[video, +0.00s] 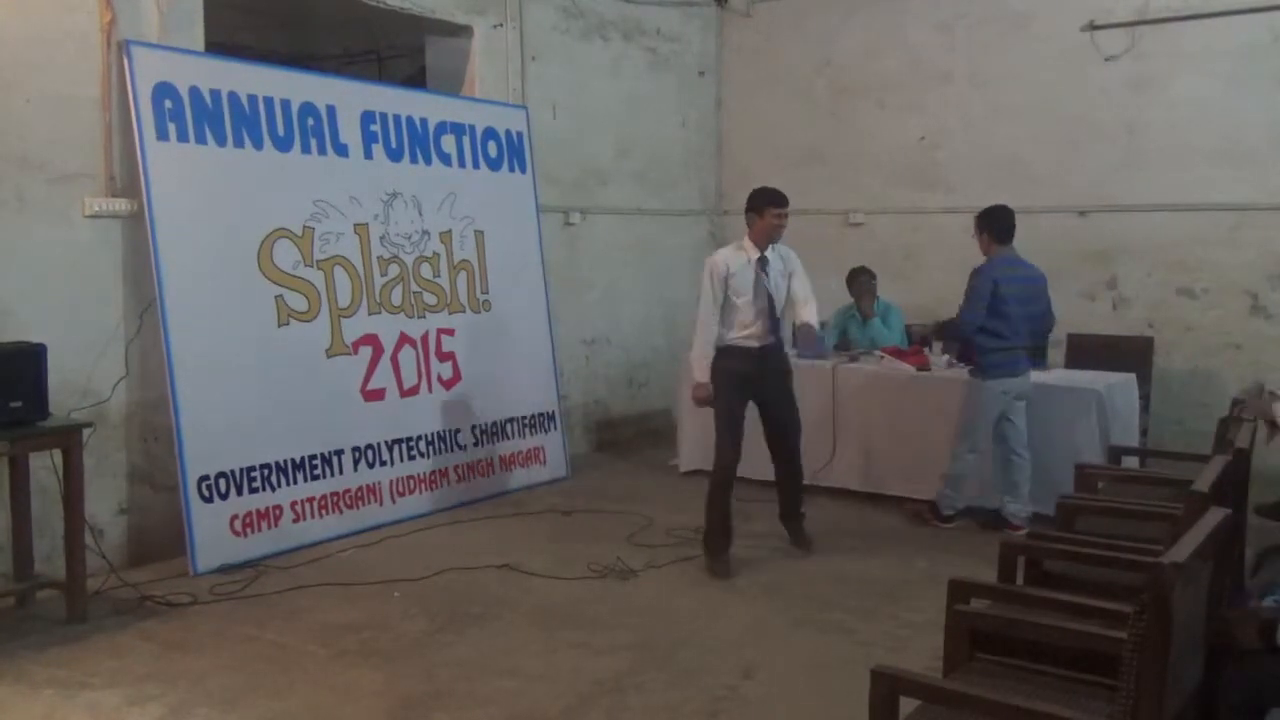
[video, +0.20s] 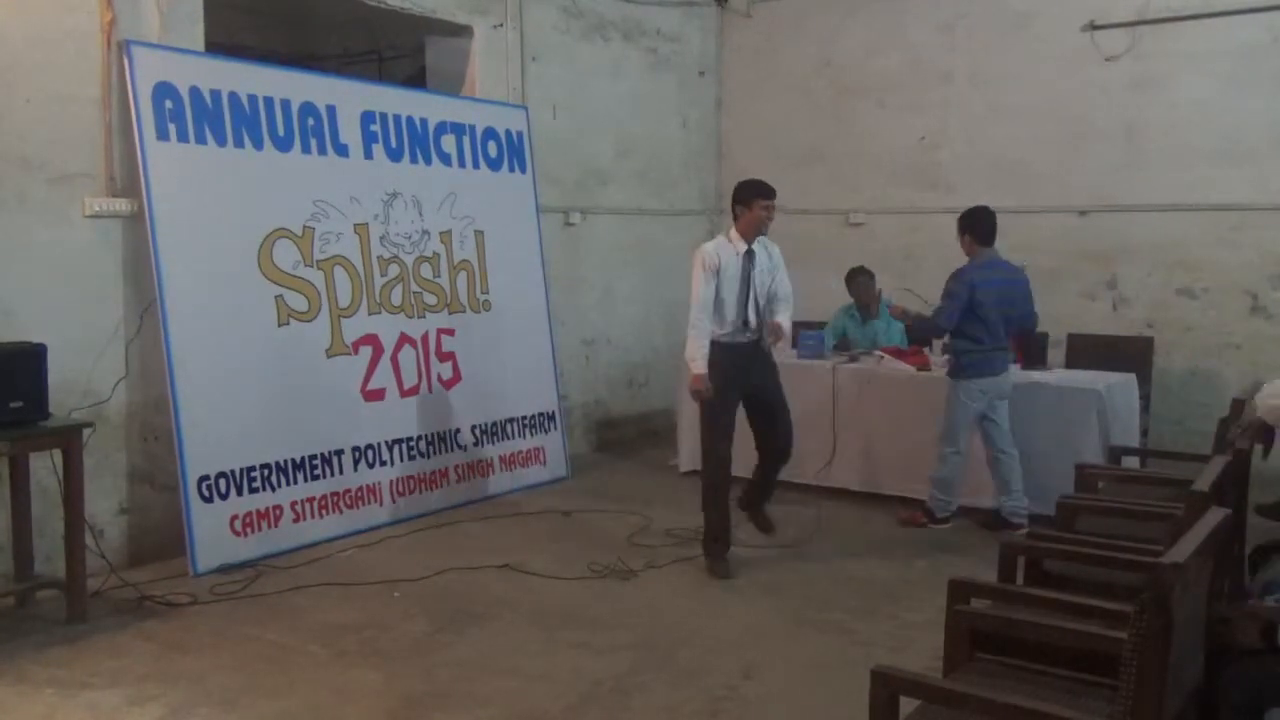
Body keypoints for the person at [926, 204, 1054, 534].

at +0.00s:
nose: (976, 240)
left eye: (977, 234)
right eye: (977, 233)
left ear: (985, 236)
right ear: (1010, 233)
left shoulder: (986, 274)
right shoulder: (1033, 274)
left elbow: (967, 324)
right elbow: (1046, 322)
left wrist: (940, 331)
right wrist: (1025, 350)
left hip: (990, 377)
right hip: (1021, 374)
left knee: (969, 444)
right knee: (1017, 451)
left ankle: (946, 507)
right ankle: (1017, 516)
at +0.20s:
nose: (959, 242)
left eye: (960, 236)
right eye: (960, 236)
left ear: (968, 237)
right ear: (992, 235)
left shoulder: (965, 277)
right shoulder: (1015, 274)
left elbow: (940, 325)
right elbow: (1028, 323)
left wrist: (909, 320)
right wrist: (995, 321)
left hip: (969, 376)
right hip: (1000, 373)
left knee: (952, 445)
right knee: (1002, 447)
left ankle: (939, 509)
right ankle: (1015, 513)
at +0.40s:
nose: (940, 240)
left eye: (940, 235)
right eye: (941, 234)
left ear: (945, 237)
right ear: (973, 233)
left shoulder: (944, 277)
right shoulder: (995, 273)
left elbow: (923, 329)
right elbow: (1008, 323)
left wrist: (894, 314)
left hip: (950, 374)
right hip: (979, 370)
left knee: (945, 443)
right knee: (980, 437)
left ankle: (939, 508)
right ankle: (1008, 505)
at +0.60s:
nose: (925, 240)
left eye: (925, 234)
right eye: (926, 234)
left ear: (930, 236)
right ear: (957, 234)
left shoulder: (930, 278)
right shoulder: (980, 271)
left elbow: (918, 329)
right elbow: (993, 317)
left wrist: (883, 322)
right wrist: (965, 333)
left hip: (941, 370)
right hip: (969, 366)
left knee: (941, 439)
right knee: (957, 429)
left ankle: (939, 507)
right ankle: (986, 495)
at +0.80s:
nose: (913, 239)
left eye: (913, 234)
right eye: (914, 234)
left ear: (917, 236)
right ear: (945, 232)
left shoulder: (922, 276)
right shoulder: (966, 269)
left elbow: (916, 329)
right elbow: (987, 314)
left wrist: (883, 327)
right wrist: (957, 328)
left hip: (934, 370)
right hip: (961, 366)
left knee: (936, 441)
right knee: (945, 437)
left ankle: (938, 508)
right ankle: (947, 501)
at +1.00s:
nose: (905, 240)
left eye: (906, 234)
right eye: (906, 234)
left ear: (911, 236)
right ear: (936, 233)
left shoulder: (919, 274)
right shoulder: (959, 270)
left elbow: (914, 329)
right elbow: (968, 317)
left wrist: (877, 329)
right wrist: (940, 333)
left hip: (927, 366)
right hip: (951, 363)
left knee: (931, 437)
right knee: (934, 434)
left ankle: (938, 505)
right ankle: (915, 493)